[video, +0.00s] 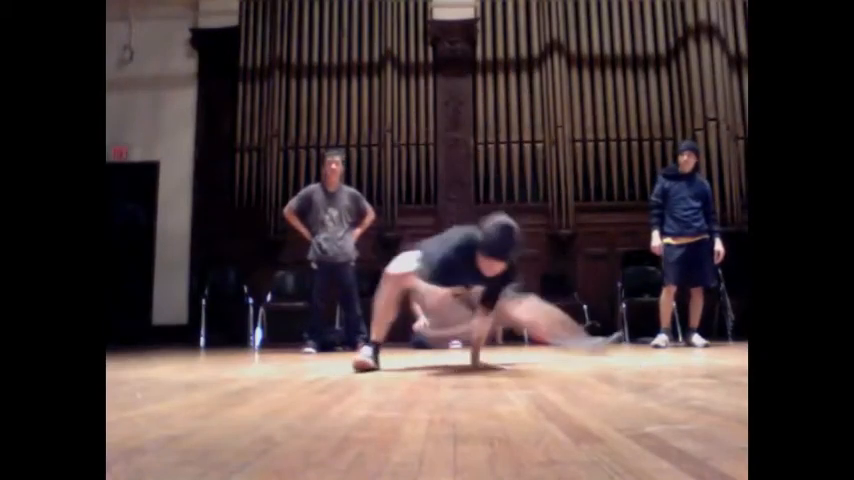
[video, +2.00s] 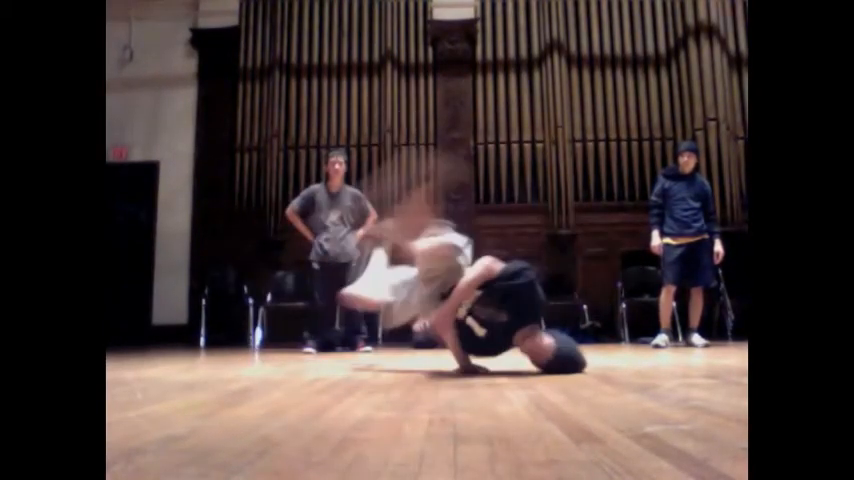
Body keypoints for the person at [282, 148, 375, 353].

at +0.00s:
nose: (332, 168)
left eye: (336, 164)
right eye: (329, 164)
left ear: (342, 169)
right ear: (323, 168)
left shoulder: (351, 194)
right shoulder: (312, 192)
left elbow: (370, 214)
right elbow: (288, 211)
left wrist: (355, 233)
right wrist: (308, 235)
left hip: (345, 252)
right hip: (321, 252)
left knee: (351, 299)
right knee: (318, 300)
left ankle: (357, 338)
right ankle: (314, 340)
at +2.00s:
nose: (336, 167)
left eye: (340, 163)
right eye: (333, 163)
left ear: (345, 168)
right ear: (326, 167)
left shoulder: (354, 195)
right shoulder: (314, 192)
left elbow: (372, 215)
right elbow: (291, 212)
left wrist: (359, 234)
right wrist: (310, 237)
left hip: (347, 252)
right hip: (322, 251)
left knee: (350, 297)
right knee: (321, 299)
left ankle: (357, 339)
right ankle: (317, 340)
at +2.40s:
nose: (337, 168)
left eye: (340, 164)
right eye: (334, 164)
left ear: (345, 168)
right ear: (327, 167)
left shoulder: (354, 195)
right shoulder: (314, 192)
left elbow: (373, 214)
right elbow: (290, 212)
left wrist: (363, 233)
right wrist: (302, 236)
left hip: (348, 253)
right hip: (318, 252)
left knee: (350, 298)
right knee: (321, 297)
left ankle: (354, 339)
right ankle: (316, 340)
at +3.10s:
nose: (337, 167)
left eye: (340, 164)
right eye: (334, 163)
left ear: (345, 167)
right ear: (327, 167)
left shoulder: (354, 194)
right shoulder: (314, 192)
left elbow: (373, 214)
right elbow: (291, 212)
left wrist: (360, 233)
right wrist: (310, 236)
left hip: (349, 251)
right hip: (322, 251)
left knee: (356, 293)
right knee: (315, 293)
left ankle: (355, 338)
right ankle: (315, 340)